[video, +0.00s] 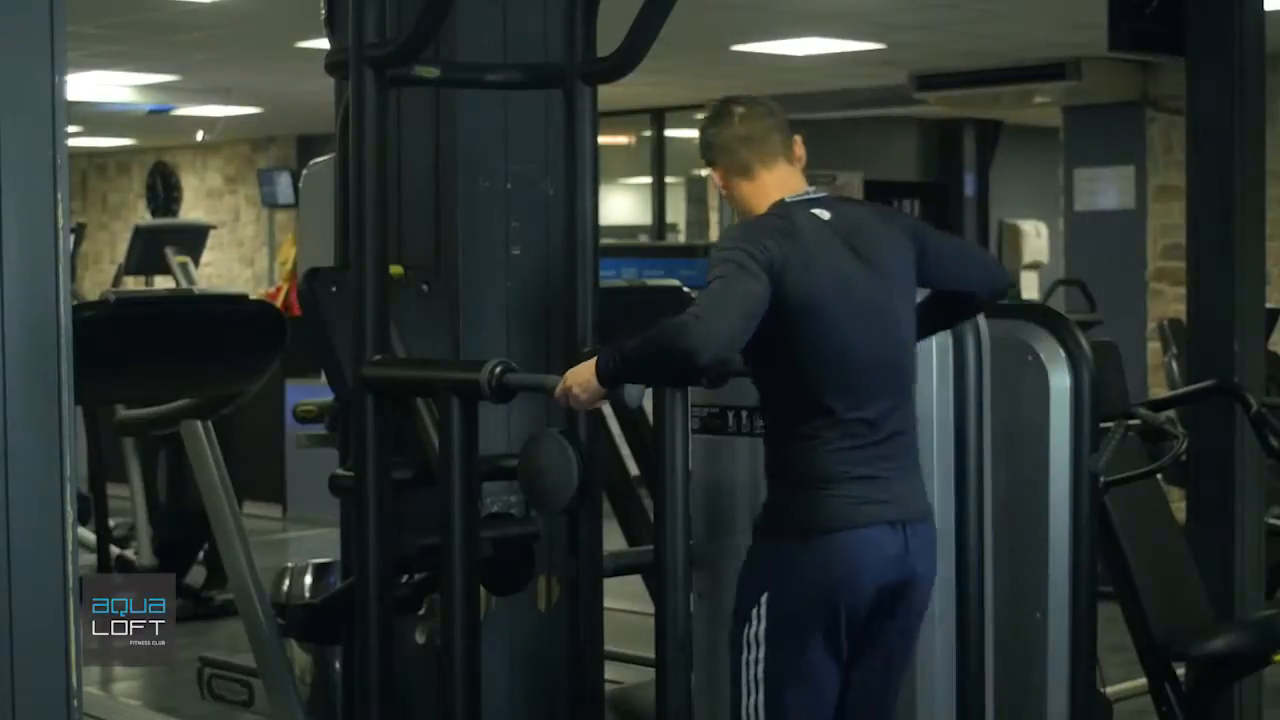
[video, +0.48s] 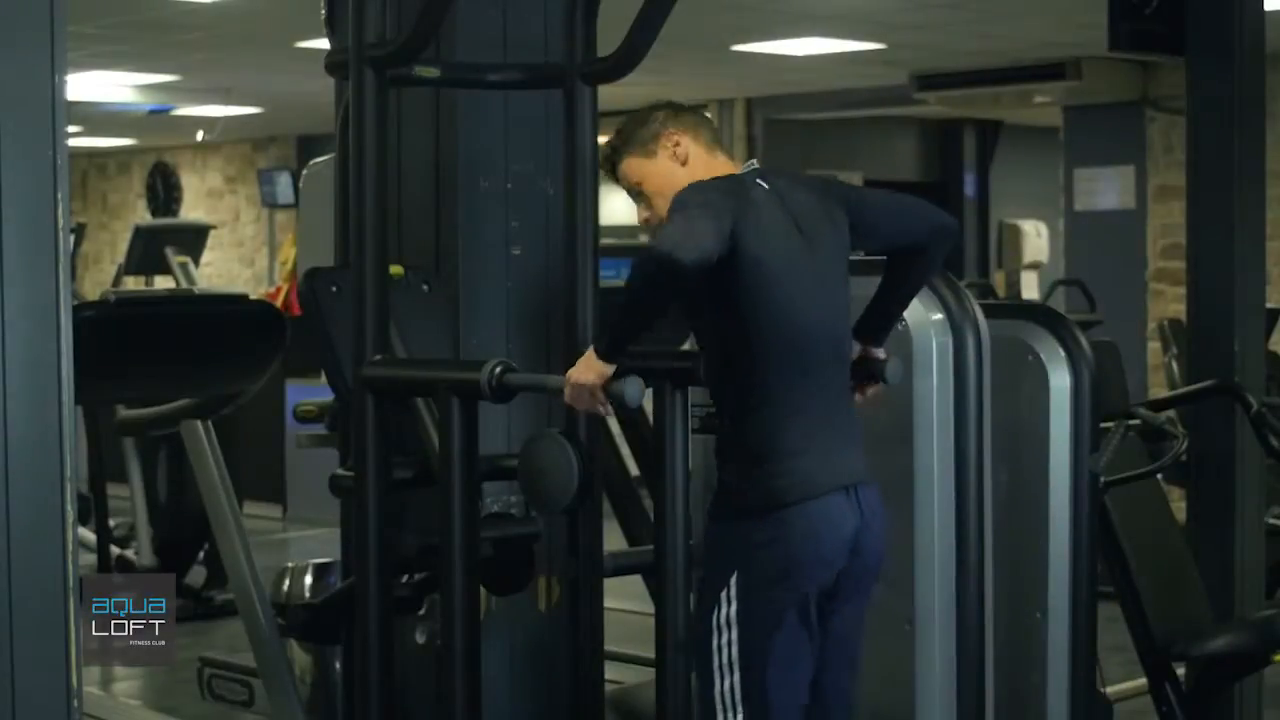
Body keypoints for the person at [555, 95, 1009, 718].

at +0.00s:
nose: (717, 193)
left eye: (714, 181)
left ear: (721, 181)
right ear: (800, 154)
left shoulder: (754, 244)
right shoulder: (884, 224)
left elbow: (703, 345)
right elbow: (989, 278)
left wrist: (606, 368)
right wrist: (896, 326)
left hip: (816, 543)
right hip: (909, 538)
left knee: (778, 706)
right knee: (869, 707)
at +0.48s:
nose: (645, 215)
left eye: (641, 191)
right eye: (636, 199)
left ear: (677, 149)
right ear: (687, 150)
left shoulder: (708, 198)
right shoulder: (818, 196)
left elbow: (676, 257)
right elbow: (934, 229)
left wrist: (602, 352)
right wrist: (871, 340)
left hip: (774, 512)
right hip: (852, 498)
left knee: (745, 702)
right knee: (827, 701)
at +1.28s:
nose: (611, 162)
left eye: (603, 145)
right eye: (603, 152)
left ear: (618, 109)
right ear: (673, 94)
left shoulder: (648, 122)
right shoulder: (771, 131)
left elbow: (632, 215)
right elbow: (871, 210)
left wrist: (614, 351)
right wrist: (863, 344)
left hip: (717, 427)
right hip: (808, 422)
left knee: (701, 683)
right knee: (789, 679)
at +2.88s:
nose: (595, 267)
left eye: (590, 255)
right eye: (588, 261)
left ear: (600, 218)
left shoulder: (633, 202)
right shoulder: (754, 201)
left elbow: (625, 215)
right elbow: (876, 215)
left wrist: (613, 352)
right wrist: (867, 341)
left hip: (744, 499)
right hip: (826, 485)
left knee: (725, 704)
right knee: (808, 704)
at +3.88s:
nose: (603, 166)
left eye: (596, 150)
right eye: (597, 158)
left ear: (605, 116)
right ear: (659, 93)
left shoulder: (636, 129)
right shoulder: (759, 126)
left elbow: (633, 216)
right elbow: (860, 207)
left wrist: (613, 350)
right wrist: (865, 339)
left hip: (719, 413)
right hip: (805, 402)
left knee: (699, 664)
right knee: (773, 635)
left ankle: (882, 705)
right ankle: (875, 649)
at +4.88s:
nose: (597, 275)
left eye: (591, 261)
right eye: (589, 266)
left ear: (599, 219)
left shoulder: (633, 204)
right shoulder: (754, 204)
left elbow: (625, 213)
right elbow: (876, 215)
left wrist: (610, 351)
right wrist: (867, 342)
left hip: (722, 502)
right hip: (805, 484)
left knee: (714, 705)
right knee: (803, 705)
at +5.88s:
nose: (606, 170)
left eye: (601, 154)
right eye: (600, 163)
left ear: (610, 122)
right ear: (668, 99)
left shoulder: (639, 131)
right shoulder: (762, 134)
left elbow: (629, 217)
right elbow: (865, 208)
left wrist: (611, 350)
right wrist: (867, 339)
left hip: (720, 421)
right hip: (805, 410)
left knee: (703, 671)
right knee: (778, 644)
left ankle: (866, 706)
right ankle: (877, 662)